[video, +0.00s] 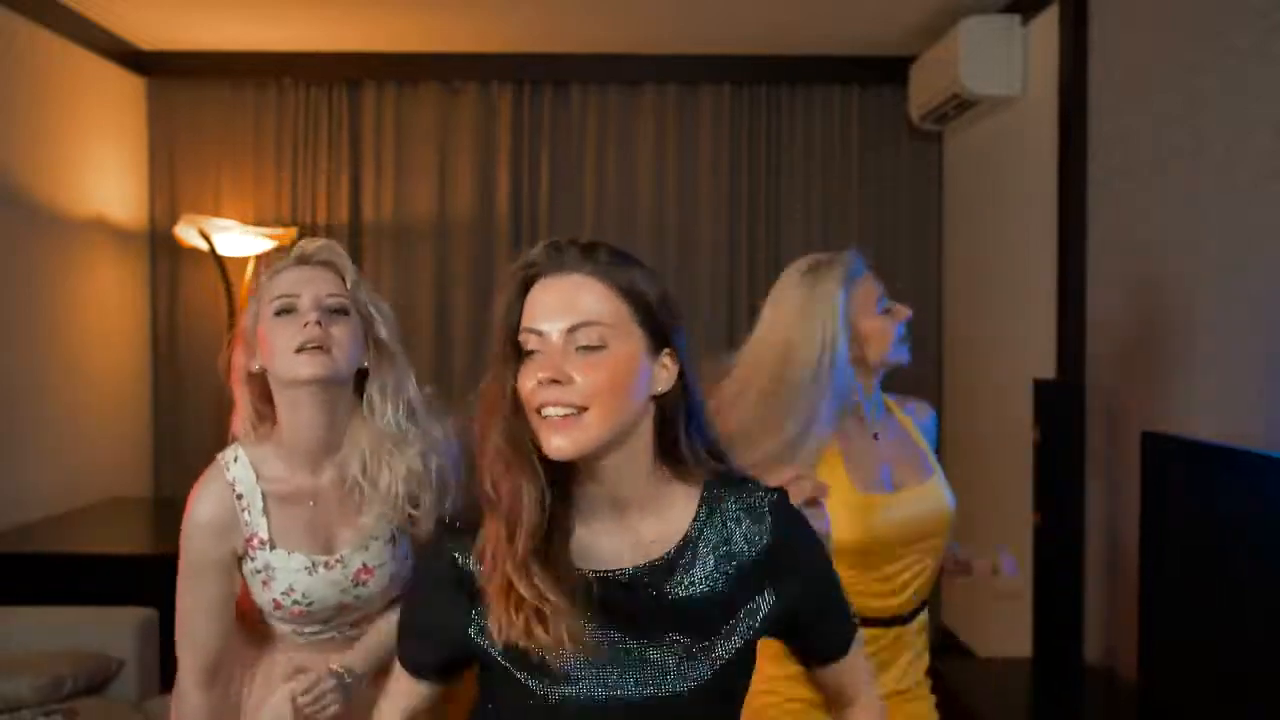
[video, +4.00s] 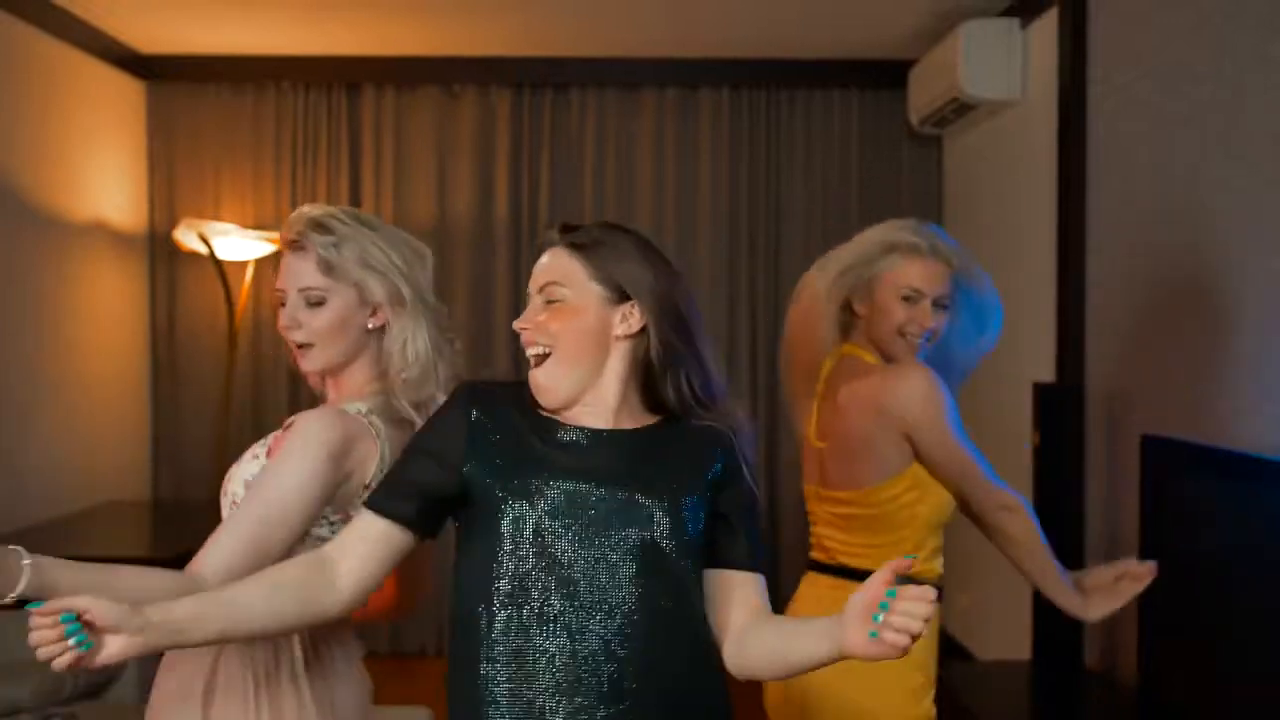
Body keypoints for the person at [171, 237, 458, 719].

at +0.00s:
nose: (313, 321)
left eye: (337, 310)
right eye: (286, 310)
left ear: (367, 347)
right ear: (254, 351)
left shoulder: (418, 462)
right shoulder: (225, 494)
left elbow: (442, 580)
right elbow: (202, 680)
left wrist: (353, 669)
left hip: (401, 689)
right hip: (282, 692)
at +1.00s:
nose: (324, 362)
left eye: (336, 338)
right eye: (323, 337)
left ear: (389, 341)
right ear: (389, 345)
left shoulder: (390, 440)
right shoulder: (428, 436)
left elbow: (354, 625)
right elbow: (315, 596)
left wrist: (188, 632)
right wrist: (184, 556)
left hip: (324, 692)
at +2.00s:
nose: (385, 326)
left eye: (415, 313)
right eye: (375, 304)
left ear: (455, 332)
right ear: (356, 310)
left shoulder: (403, 417)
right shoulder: (388, 414)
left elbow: (265, 275)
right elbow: (273, 357)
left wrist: (399, 211)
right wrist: (364, 250)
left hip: (330, 652)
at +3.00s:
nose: (345, 280)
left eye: (377, 269)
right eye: (349, 262)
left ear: (432, 297)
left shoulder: (375, 391)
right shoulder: (409, 390)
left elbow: (217, 273)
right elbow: (233, 339)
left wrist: (342, 191)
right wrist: (337, 261)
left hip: (304, 631)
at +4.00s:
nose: (289, 322)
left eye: (314, 301)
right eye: (284, 303)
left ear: (379, 312)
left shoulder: (326, 432)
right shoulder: (403, 427)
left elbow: (197, 587)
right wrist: (113, 627)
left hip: (248, 667)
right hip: (324, 662)